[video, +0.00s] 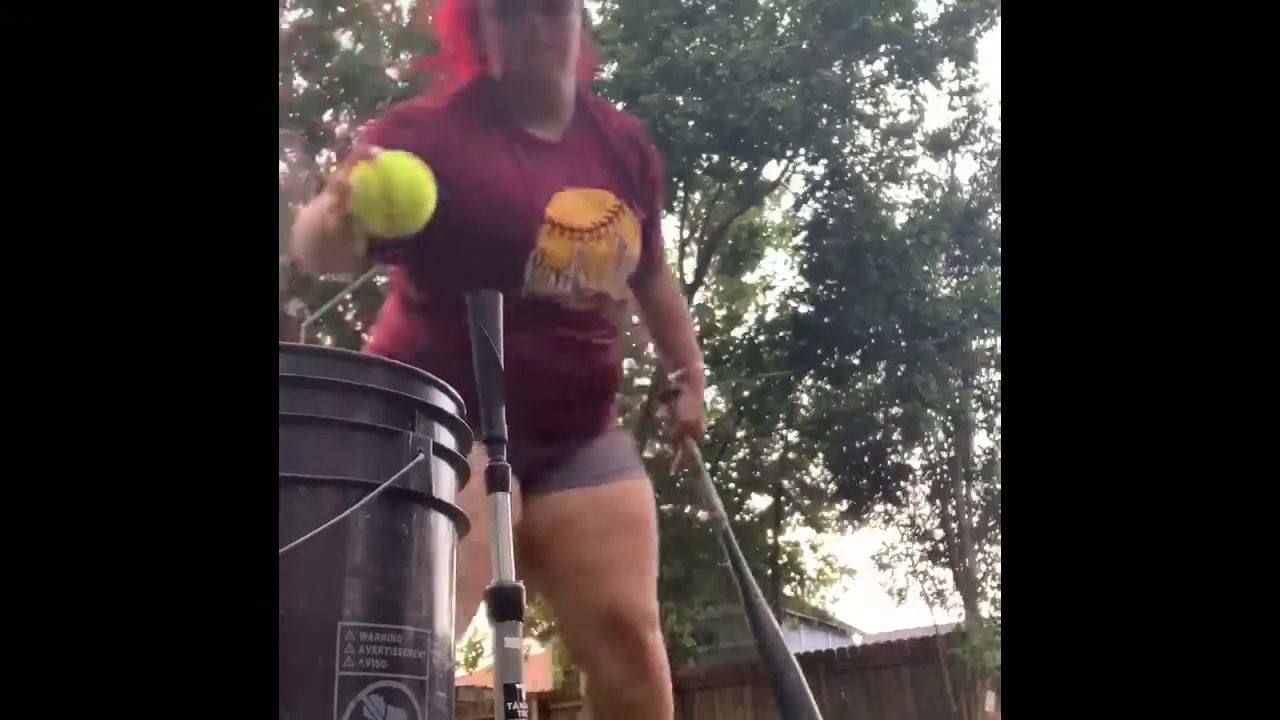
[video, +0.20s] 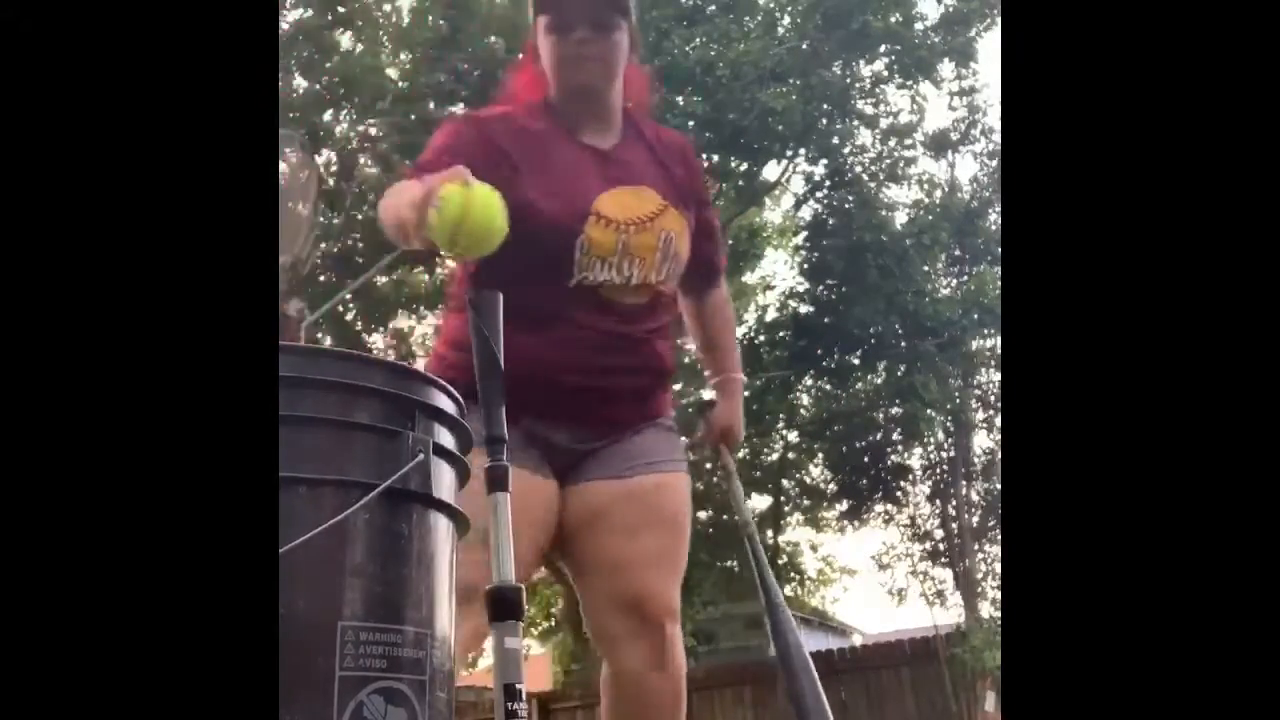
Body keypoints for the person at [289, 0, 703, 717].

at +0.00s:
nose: (541, 27)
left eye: (556, 7)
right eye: (515, 10)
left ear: (581, 22)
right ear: (479, 30)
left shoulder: (625, 148)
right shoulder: (421, 133)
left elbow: (651, 273)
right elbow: (316, 256)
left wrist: (691, 375)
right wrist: (343, 214)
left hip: (578, 428)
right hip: (440, 425)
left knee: (632, 642)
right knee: (410, 646)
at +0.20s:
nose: (584, 42)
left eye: (603, 26)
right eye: (564, 27)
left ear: (630, 43)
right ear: (536, 45)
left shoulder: (671, 156)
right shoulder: (490, 136)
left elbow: (705, 281)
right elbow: (398, 208)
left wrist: (729, 389)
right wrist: (421, 205)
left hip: (632, 426)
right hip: (496, 417)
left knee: (650, 631)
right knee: (460, 607)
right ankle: (390, 707)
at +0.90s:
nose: (486, 90)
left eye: (502, 77)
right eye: (467, 80)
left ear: (528, 92)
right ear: (445, 98)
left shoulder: (587, 192)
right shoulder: (400, 199)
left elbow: (662, 280)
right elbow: (364, 291)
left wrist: (672, 356)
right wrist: (414, 324)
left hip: (573, 440)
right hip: (450, 446)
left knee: (601, 621)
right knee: (426, 645)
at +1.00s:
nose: (455, 97)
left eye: (471, 84)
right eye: (437, 88)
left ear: (497, 101)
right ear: (416, 111)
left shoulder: (555, 194)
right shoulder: (370, 215)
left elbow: (639, 272)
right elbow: (347, 325)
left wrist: (615, 356)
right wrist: (380, 412)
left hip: (556, 442)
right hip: (433, 451)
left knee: (591, 623)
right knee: (410, 642)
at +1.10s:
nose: (431, 107)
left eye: (446, 93)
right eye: (412, 99)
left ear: (474, 111)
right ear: (393, 126)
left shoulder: (528, 198)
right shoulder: (353, 229)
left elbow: (591, 281)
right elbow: (324, 348)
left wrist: (522, 377)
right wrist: (337, 432)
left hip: (549, 426)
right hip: (427, 444)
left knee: (588, 618)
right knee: (401, 633)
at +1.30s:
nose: (413, 119)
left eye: (426, 105)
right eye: (394, 113)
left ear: (454, 120)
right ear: (378, 139)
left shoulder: (500, 188)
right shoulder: (352, 245)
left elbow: (526, 273)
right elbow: (321, 353)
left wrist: (405, 347)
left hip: (535, 425)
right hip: (420, 445)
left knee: (575, 630)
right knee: (392, 635)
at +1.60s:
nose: (399, 133)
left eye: (414, 118)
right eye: (381, 126)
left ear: (442, 131)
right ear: (366, 154)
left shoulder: (480, 180)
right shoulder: (366, 249)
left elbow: (434, 228)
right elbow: (351, 341)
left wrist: (309, 276)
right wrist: (294, 319)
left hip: (531, 425)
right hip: (430, 443)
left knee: (571, 631)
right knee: (392, 636)